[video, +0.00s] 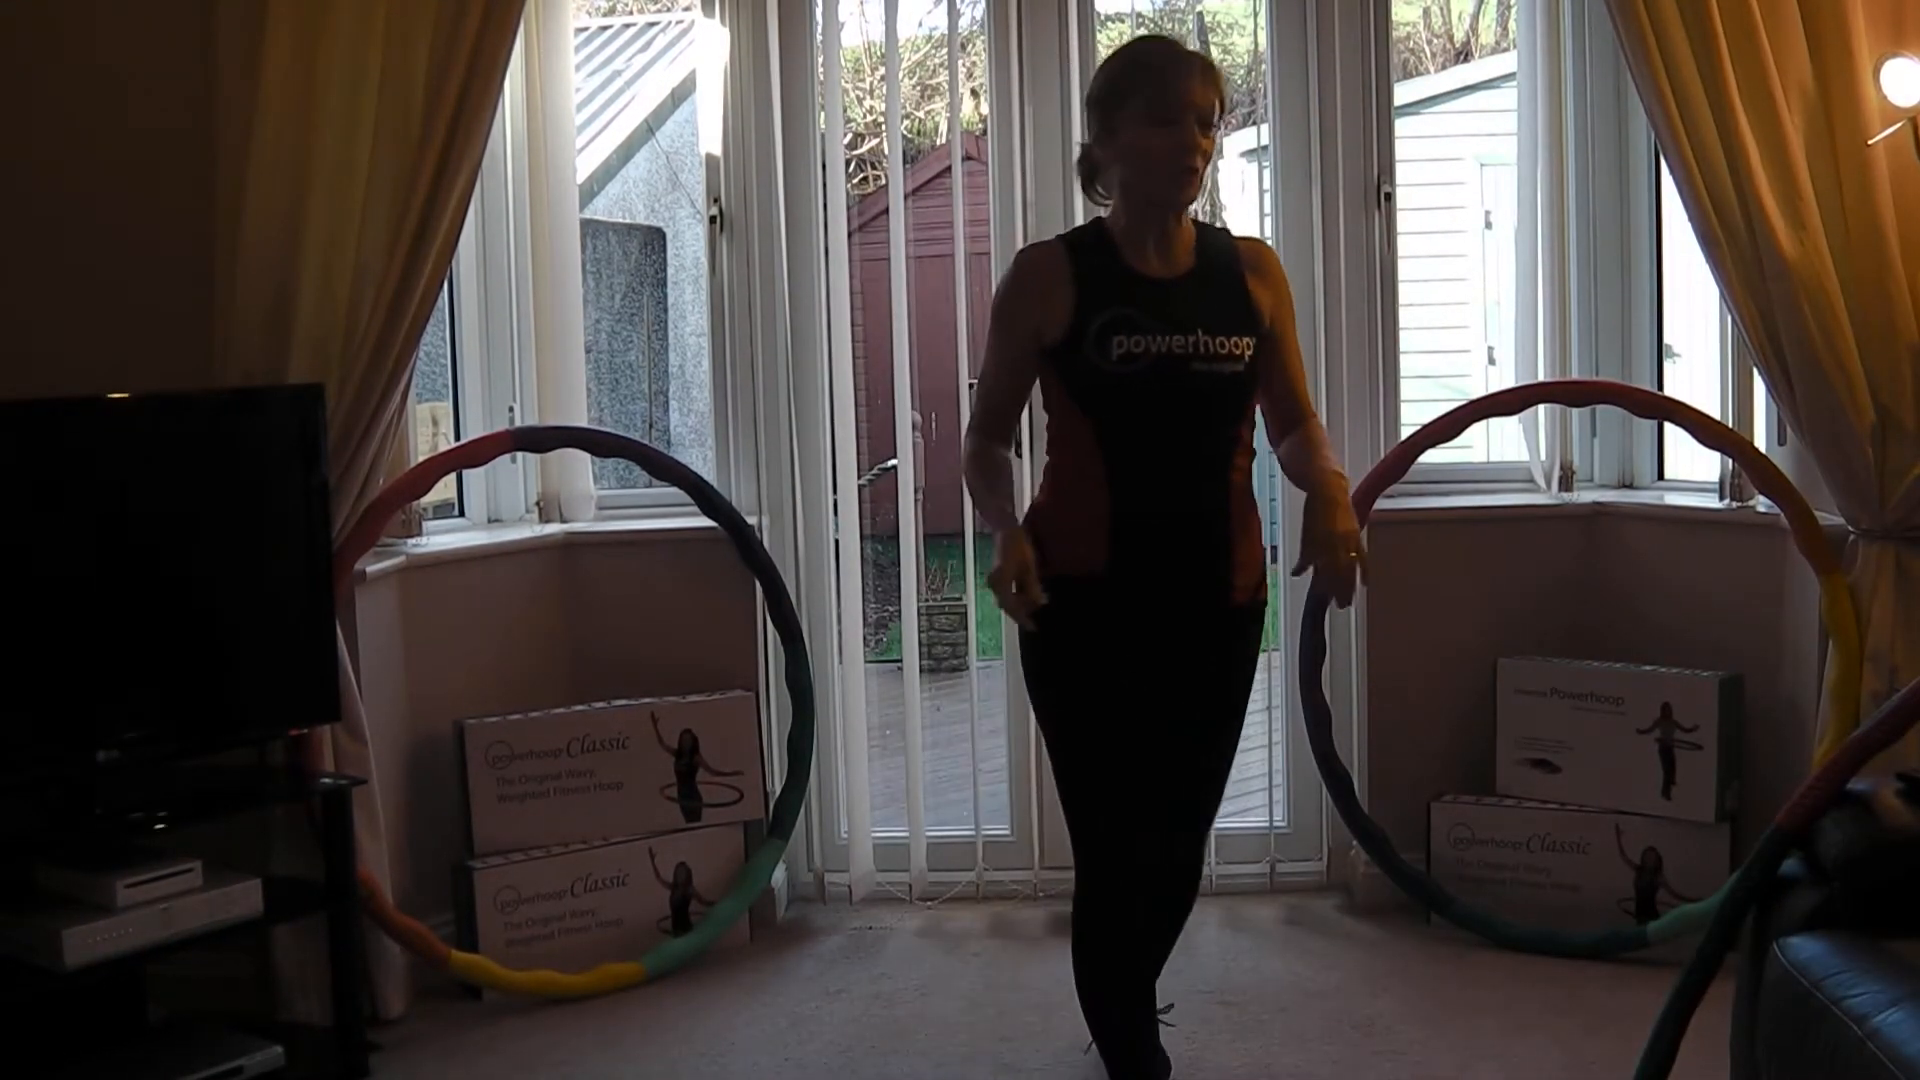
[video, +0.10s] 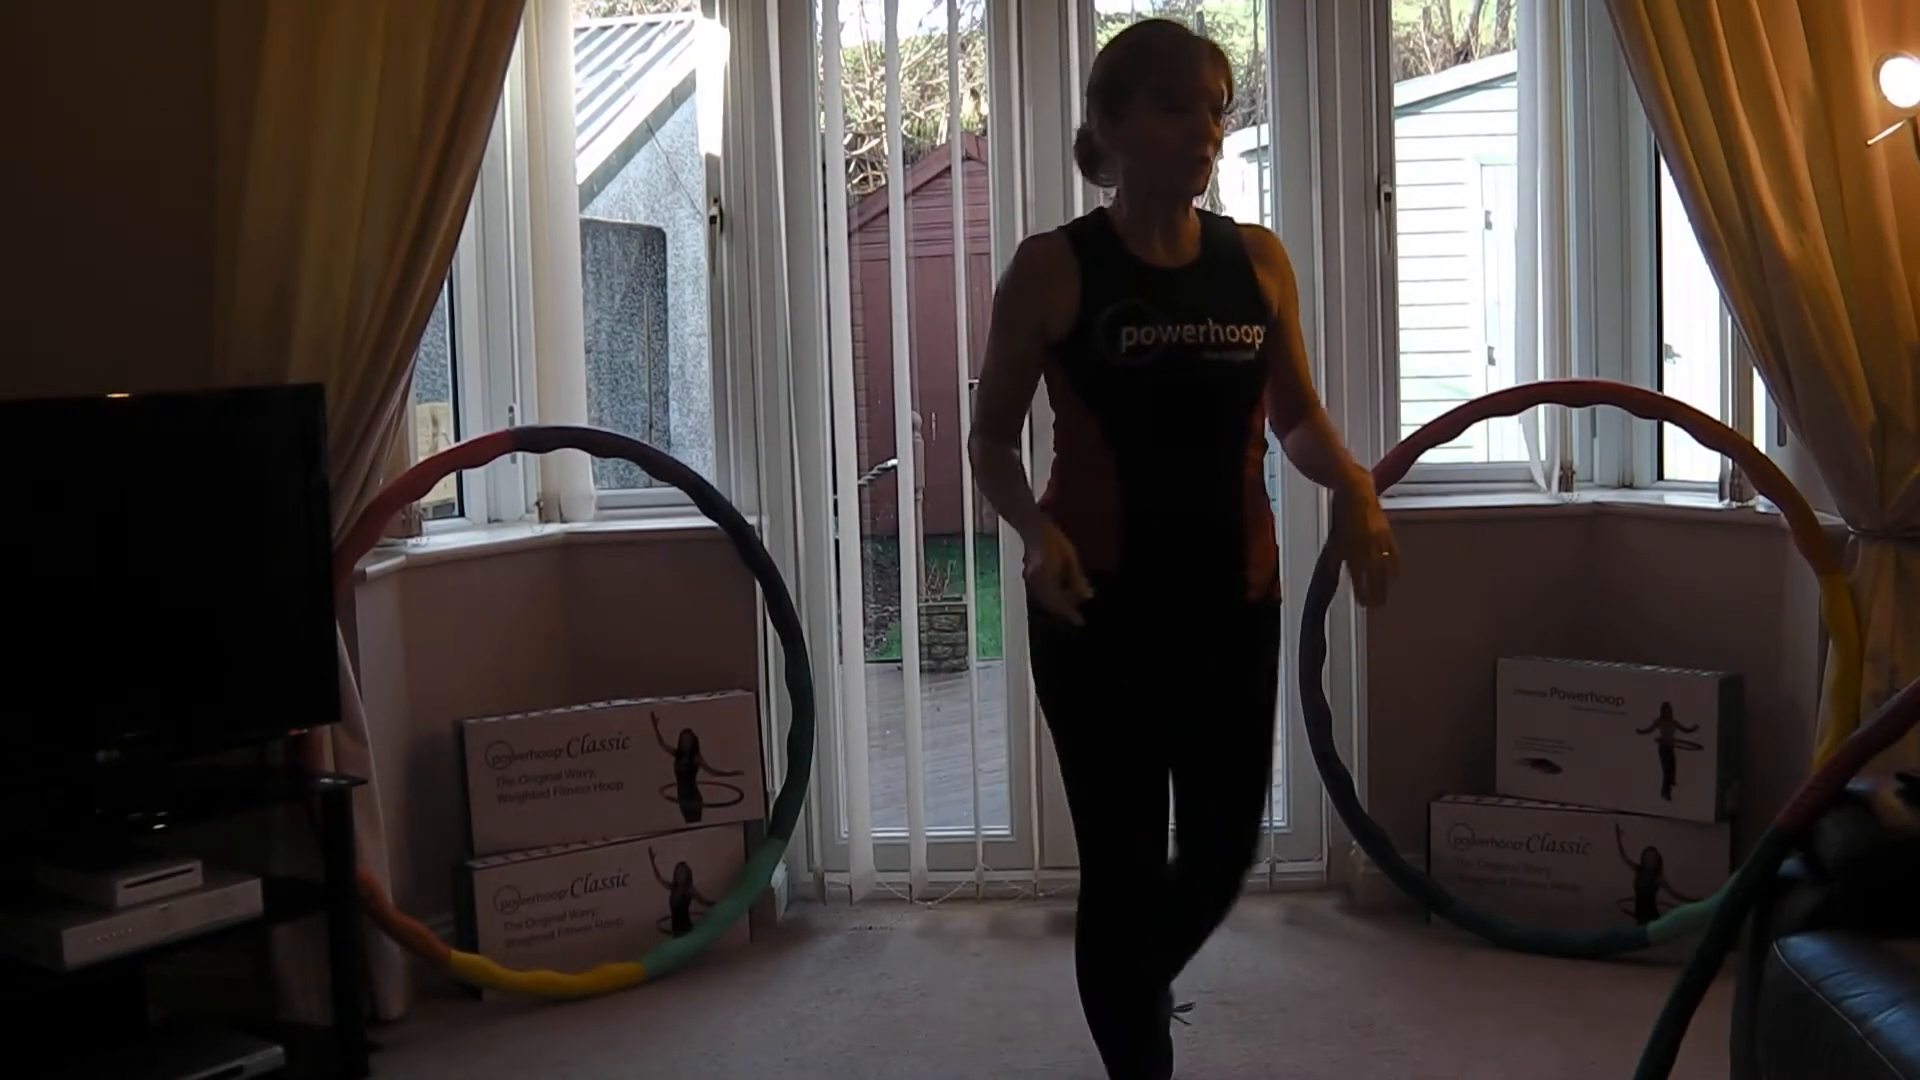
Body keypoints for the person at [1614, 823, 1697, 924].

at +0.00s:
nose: (1649, 860)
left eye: (1652, 857)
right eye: (1646, 856)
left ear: (1657, 860)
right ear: (1642, 858)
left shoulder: (1658, 876)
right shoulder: (1639, 871)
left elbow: (1673, 894)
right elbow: (1623, 857)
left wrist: (1693, 901)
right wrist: (1618, 837)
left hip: (1651, 911)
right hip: (1639, 911)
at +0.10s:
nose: (1649, 860)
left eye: (1652, 857)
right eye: (1646, 856)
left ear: (1657, 860)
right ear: (1642, 858)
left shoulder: (1658, 876)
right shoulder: (1639, 870)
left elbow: (1674, 894)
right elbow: (1623, 856)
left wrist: (1693, 901)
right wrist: (1618, 837)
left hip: (1651, 911)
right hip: (1639, 911)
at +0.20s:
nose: (1649, 860)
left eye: (1652, 857)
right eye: (1647, 856)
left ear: (1657, 860)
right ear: (1642, 858)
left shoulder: (1658, 876)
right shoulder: (1639, 871)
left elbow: (1674, 894)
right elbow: (1623, 857)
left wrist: (1692, 901)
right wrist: (1618, 837)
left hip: (1651, 911)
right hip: (1639, 911)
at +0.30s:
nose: (1649, 860)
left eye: (1652, 857)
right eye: (1646, 856)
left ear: (1657, 860)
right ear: (1642, 858)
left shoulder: (1658, 877)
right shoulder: (1639, 871)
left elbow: (1674, 895)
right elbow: (1623, 857)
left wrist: (1693, 901)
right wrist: (1618, 838)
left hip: (1651, 911)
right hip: (1639, 910)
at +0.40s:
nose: (1649, 860)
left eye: (1652, 857)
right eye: (1646, 856)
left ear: (1657, 860)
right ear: (1642, 858)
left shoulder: (1658, 877)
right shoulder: (1639, 871)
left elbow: (1674, 895)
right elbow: (1623, 857)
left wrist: (1693, 901)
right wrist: (1618, 838)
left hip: (1651, 911)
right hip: (1639, 910)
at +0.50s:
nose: (1649, 859)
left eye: (1652, 857)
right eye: (1646, 856)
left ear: (1657, 860)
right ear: (1642, 858)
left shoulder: (1658, 876)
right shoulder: (1639, 870)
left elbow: (1674, 894)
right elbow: (1623, 856)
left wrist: (1693, 901)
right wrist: (1618, 837)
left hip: (1651, 911)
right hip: (1639, 910)